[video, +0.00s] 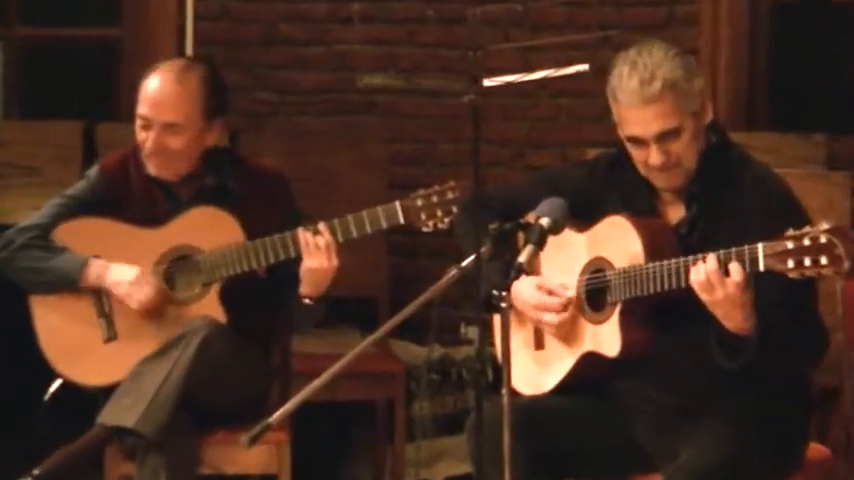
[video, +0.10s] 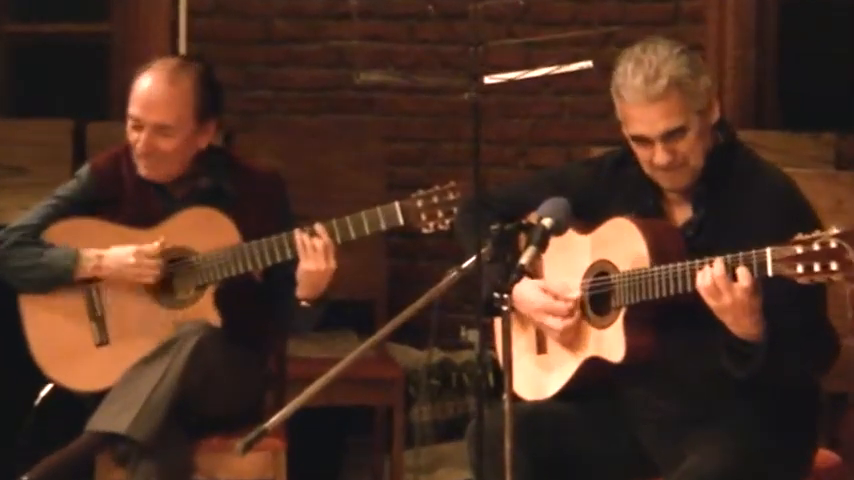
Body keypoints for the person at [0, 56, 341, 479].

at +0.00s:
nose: (152, 143)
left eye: (172, 130)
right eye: (144, 125)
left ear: (214, 132)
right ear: (133, 118)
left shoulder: (263, 190)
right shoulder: (116, 177)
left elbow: (295, 319)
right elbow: (15, 249)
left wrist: (312, 294)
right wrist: (105, 273)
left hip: (237, 375)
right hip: (135, 366)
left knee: (202, 338)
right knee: (162, 442)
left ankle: (90, 448)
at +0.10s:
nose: (142, 144)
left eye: (163, 131)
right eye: (135, 125)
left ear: (207, 133)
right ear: (126, 118)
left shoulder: (256, 188)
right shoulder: (109, 174)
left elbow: (281, 318)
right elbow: (11, 254)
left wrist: (309, 297)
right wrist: (97, 263)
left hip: (232, 379)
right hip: (124, 368)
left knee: (194, 341)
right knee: (157, 453)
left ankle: (82, 453)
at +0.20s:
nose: (137, 143)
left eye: (158, 131)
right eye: (130, 125)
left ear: (203, 133)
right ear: (122, 117)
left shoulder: (254, 188)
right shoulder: (105, 174)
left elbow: (280, 314)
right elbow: (8, 250)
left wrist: (310, 297)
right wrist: (99, 281)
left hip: (230, 382)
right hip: (119, 374)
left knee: (191, 343)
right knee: (151, 451)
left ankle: (74, 459)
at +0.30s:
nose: (136, 145)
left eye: (157, 135)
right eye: (130, 126)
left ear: (201, 135)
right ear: (122, 114)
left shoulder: (253, 192)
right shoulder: (103, 175)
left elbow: (291, 313)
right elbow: (4, 252)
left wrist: (333, 284)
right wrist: (95, 269)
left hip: (228, 383)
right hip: (116, 371)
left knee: (190, 344)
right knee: (153, 447)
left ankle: (69, 460)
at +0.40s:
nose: (136, 147)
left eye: (157, 137)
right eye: (131, 128)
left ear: (202, 137)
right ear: (124, 114)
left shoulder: (253, 191)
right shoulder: (103, 174)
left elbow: (298, 304)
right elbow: (5, 253)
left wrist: (366, 275)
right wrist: (94, 262)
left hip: (225, 382)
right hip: (109, 372)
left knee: (192, 344)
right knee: (151, 455)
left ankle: (77, 456)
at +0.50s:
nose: (134, 149)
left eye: (155, 139)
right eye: (129, 130)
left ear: (201, 141)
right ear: (122, 115)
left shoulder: (252, 191)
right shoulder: (103, 175)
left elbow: (307, 302)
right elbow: (5, 252)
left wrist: (373, 278)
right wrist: (91, 269)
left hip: (224, 383)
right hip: (107, 373)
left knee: (194, 343)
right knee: (151, 452)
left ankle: (73, 458)